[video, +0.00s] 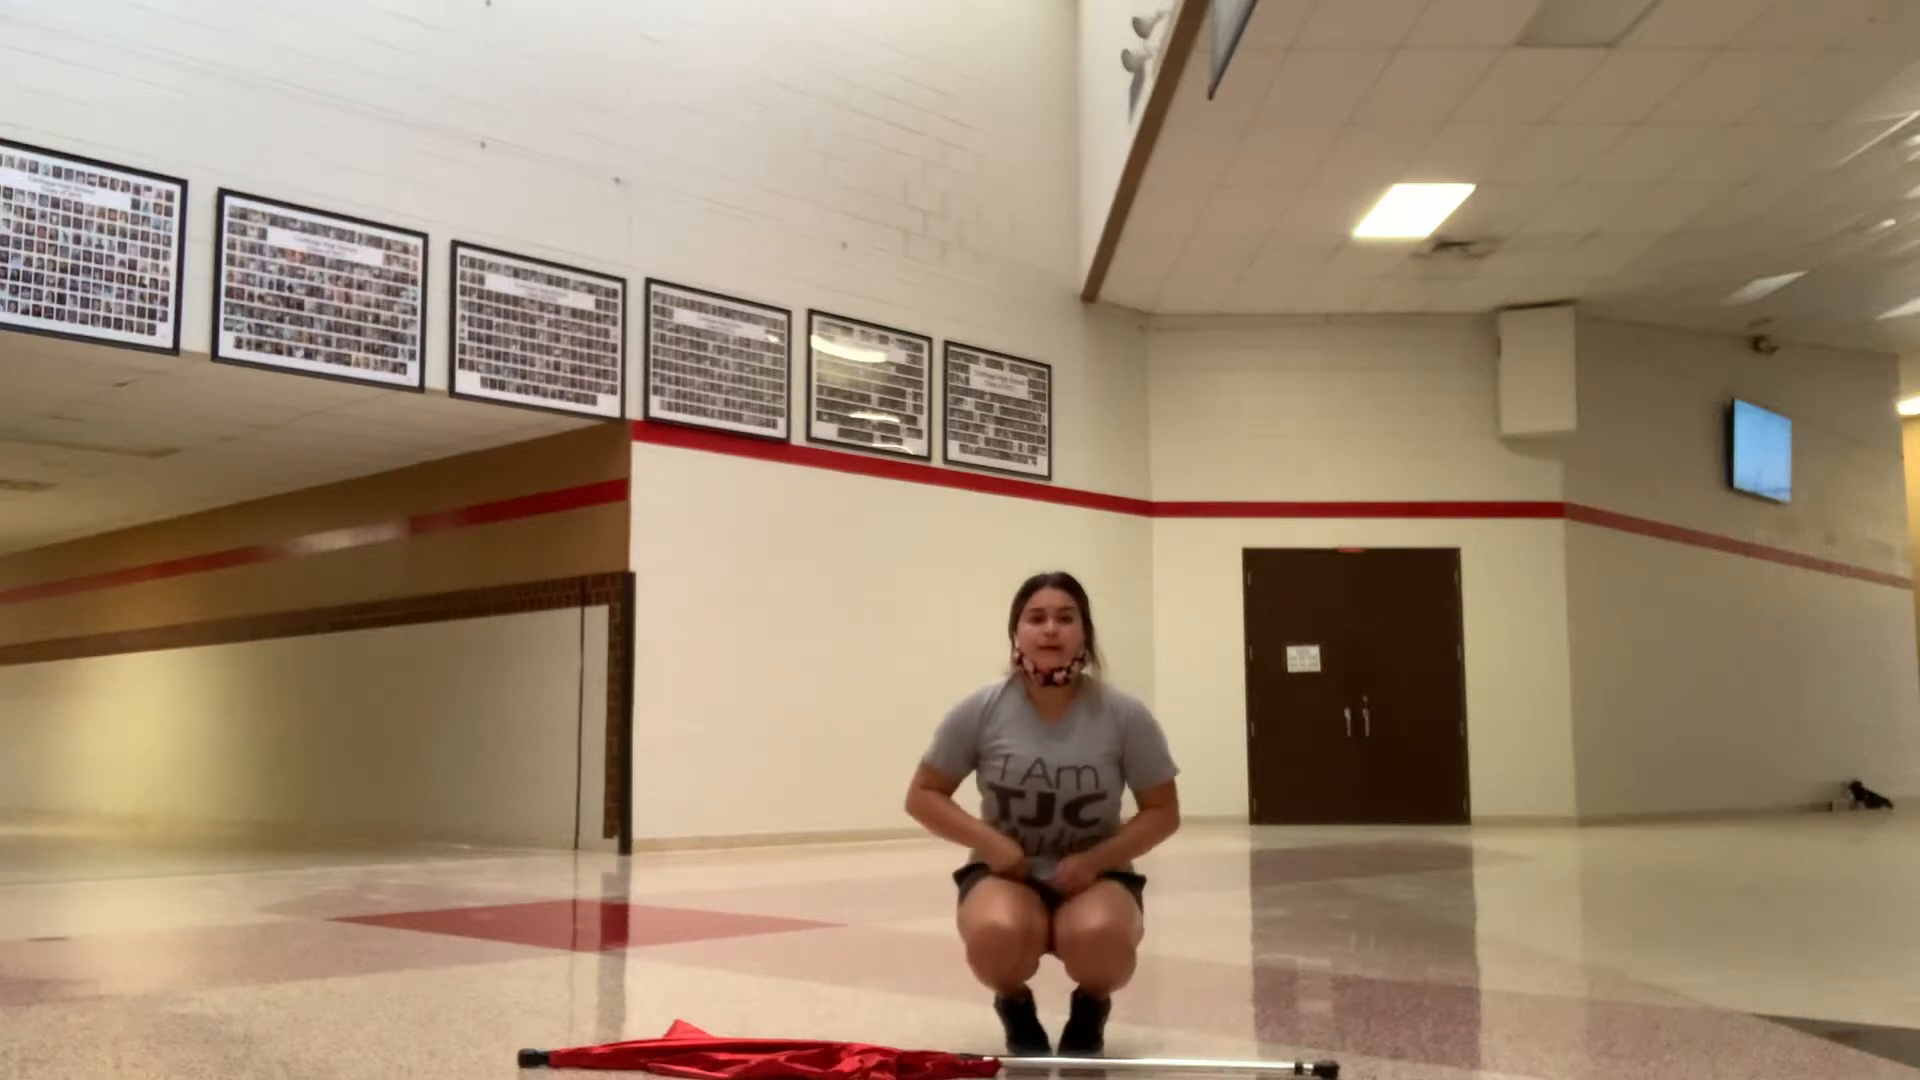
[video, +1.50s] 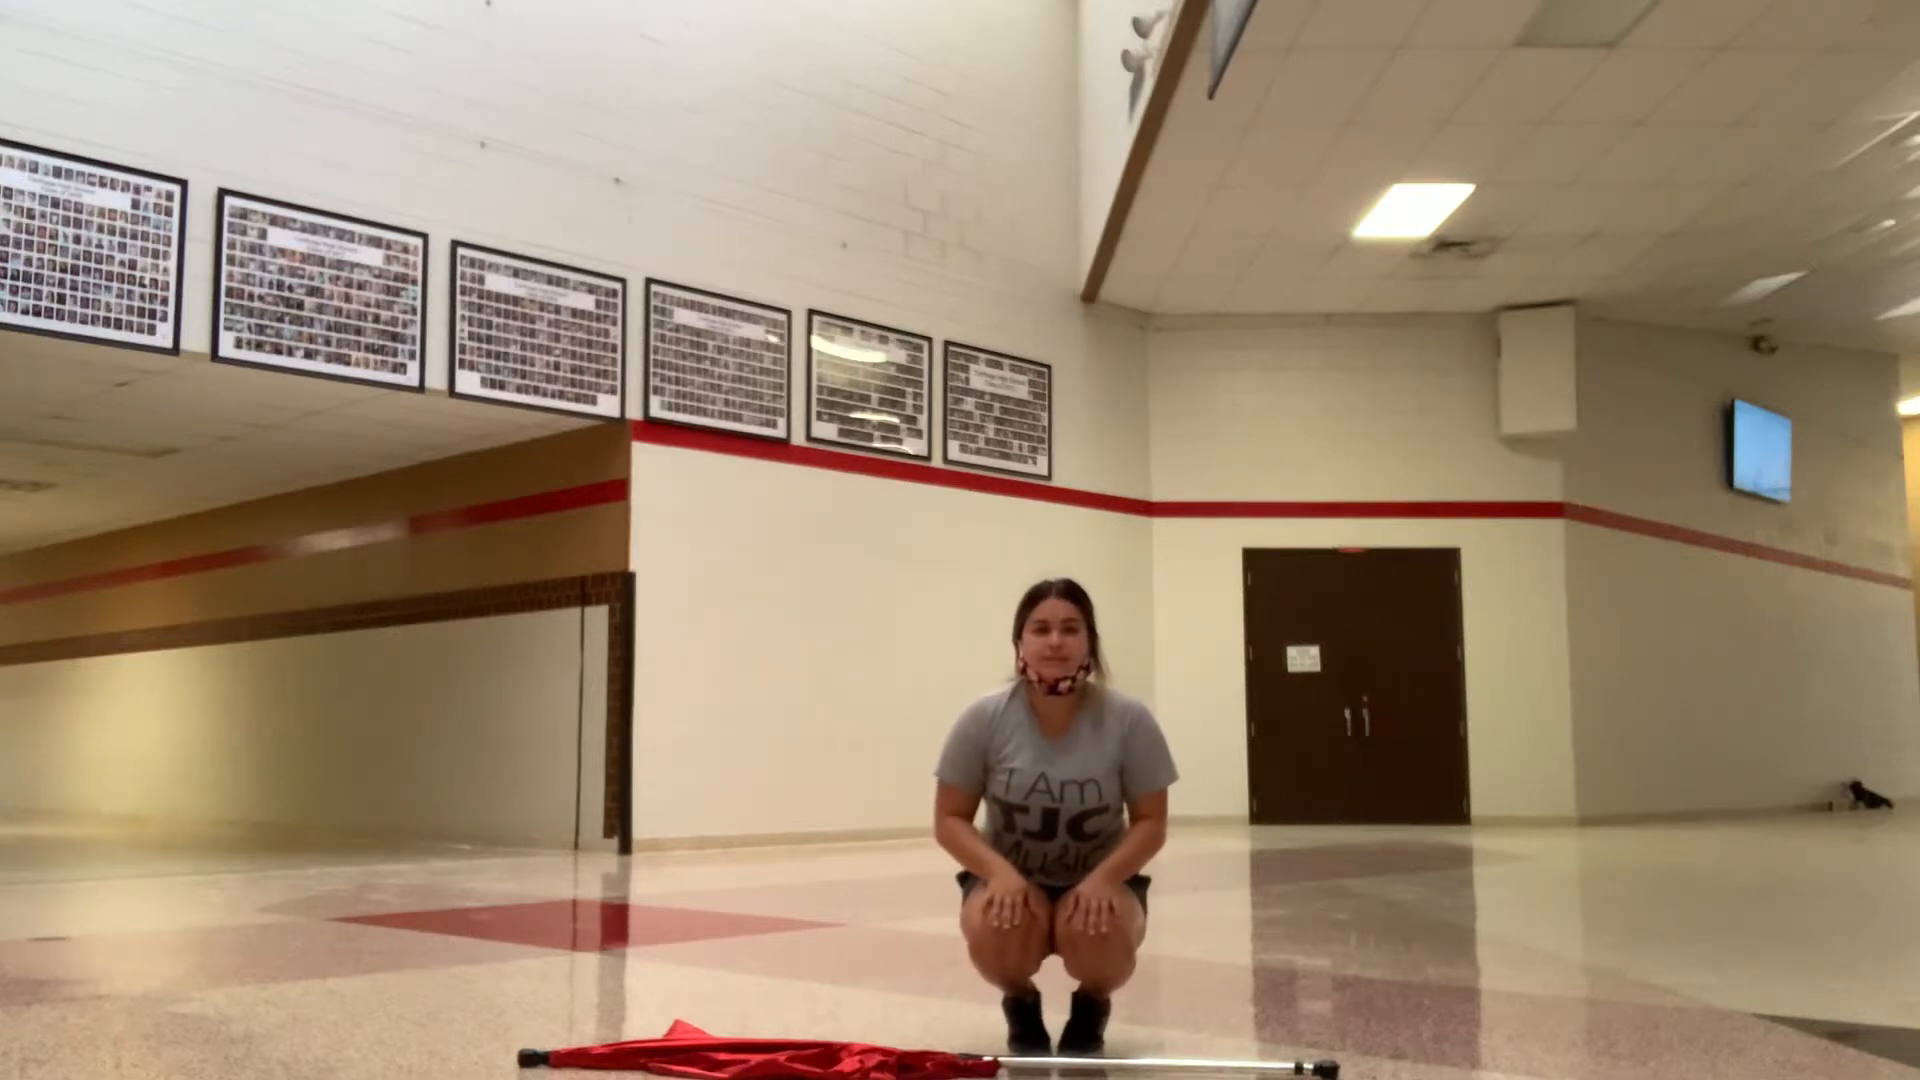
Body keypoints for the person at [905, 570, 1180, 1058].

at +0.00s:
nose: (1050, 628)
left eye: (1065, 617)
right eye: (1035, 617)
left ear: (1085, 635)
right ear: (1015, 635)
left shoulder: (1124, 716)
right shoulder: (981, 712)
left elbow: (1164, 814)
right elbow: (923, 796)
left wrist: (1094, 861)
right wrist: (989, 842)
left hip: (1095, 878)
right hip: (1006, 875)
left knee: (1100, 933)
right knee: (997, 931)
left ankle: (1090, 1011)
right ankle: (1015, 1009)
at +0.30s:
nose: (1049, 629)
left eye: (1064, 619)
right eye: (1035, 619)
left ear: (1083, 636)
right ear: (1014, 638)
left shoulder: (1122, 714)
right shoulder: (980, 715)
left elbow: (1157, 814)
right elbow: (938, 809)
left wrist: (1098, 849)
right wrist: (993, 843)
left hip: (1094, 879)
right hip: (1011, 877)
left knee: (1104, 930)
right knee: (1000, 931)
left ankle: (1092, 1012)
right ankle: (1016, 1009)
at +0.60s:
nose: (1049, 631)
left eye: (1063, 620)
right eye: (1034, 621)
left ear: (1083, 639)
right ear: (1014, 641)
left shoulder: (1122, 718)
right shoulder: (980, 719)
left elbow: (1153, 820)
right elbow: (944, 819)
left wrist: (1103, 875)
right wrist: (998, 869)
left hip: (1097, 882)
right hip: (1009, 883)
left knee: (1098, 930)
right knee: (1001, 929)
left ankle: (1090, 1010)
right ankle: (1019, 1007)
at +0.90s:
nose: (1050, 639)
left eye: (1064, 626)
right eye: (1035, 627)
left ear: (1085, 643)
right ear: (1014, 646)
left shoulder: (1124, 721)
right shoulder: (981, 722)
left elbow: (1151, 821)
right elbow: (948, 823)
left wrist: (1101, 877)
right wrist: (1001, 874)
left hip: (1097, 883)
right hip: (1010, 884)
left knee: (1096, 929)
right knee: (998, 929)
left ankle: (1088, 1006)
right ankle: (1022, 1004)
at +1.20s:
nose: (1052, 643)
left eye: (1067, 630)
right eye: (1038, 631)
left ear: (1087, 644)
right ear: (1017, 646)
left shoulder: (1125, 721)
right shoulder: (983, 721)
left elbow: (1151, 822)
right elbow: (948, 822)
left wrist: (1102, 878)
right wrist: (1000, 872)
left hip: (1098, 884)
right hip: (1011, 884)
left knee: (1098, 929)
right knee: (998, 927)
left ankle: (1090, 1006)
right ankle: (1021, 1003)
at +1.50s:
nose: (1055, 641)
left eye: (1070, 629)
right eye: (1041, 629)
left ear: (1090, 644)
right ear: (1019, 646)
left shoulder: (1128, 721)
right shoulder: (984, 722)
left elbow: (1152, 823)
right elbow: (949, 822)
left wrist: (1102, 878)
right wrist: (1000, 871)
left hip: (1098, 885)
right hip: (1012, 886)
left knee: (1099, 928)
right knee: (997, 925)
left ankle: (1091, 1007)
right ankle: (1020, 1005)